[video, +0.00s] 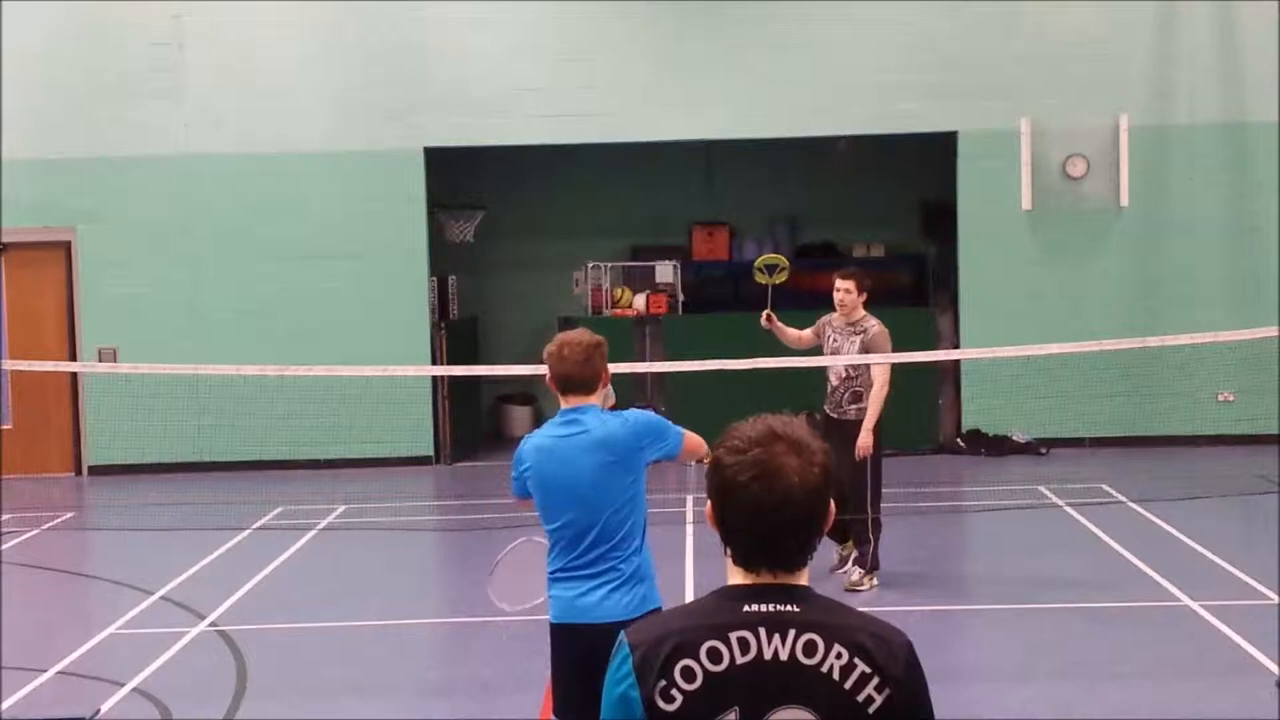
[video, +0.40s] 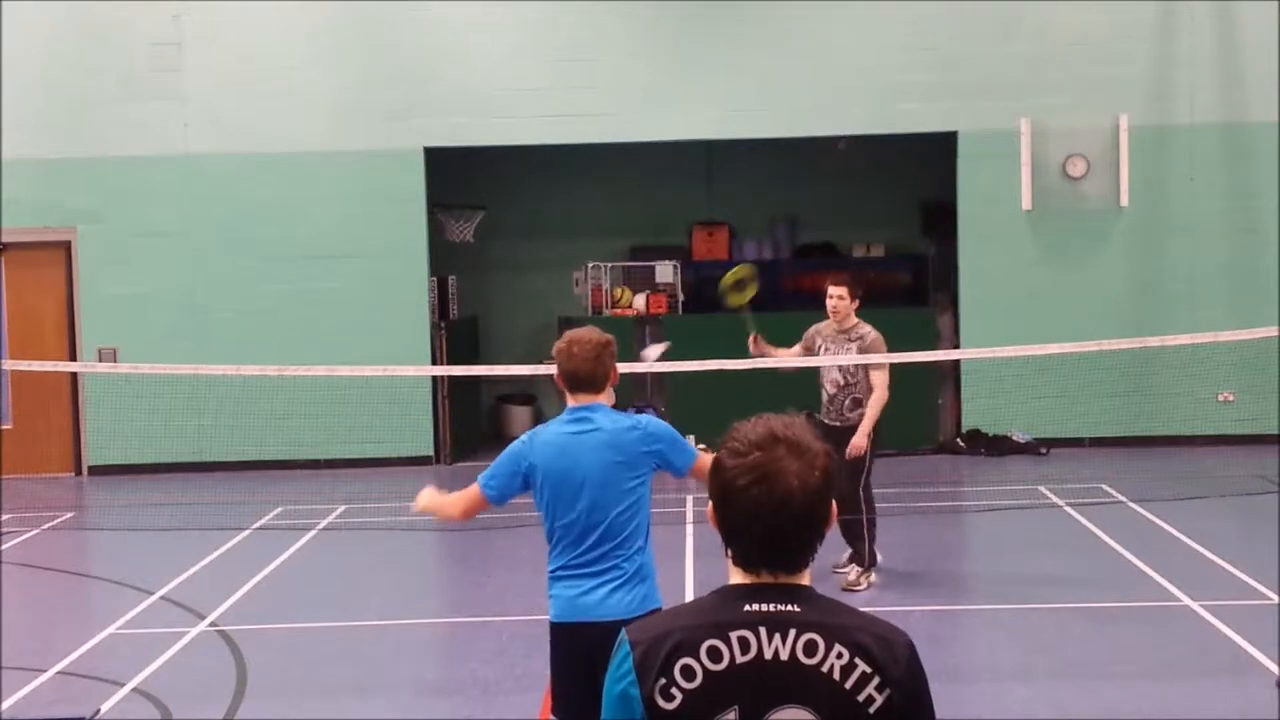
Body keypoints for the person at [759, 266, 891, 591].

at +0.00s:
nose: (839, 297)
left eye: (846, 292)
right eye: (837, 291)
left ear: (862, 296)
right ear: (833, 293)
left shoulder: (875, 332)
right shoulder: (828, 324)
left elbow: (881, 384)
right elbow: (801, 339)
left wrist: (867, 429)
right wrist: (776, 326)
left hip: (861, 423)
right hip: (832, 420)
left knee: (862, 492)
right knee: (832, 486)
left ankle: (866, 566)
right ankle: (846, 541)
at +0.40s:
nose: (832, 304)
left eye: (839, 298)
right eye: (829, 298)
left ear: (854, 303)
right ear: (825, 301)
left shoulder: (870, 338)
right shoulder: (818, 333)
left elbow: (880, 390)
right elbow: (793, 356)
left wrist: (863, 432)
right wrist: (765, 350)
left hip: (857, 428)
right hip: (829, 426)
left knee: (854, 493)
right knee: (839, 493)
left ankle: (866, 563)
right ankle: (858, 550)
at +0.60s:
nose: (832, 315)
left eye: (838, 309)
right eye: (827, 309)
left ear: (852, 313)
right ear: (822, 313)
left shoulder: (871, 348)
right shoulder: (815, 347)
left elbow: (889, 398)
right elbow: (802, 388)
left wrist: (885, 445)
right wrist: (775, 410)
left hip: (863, 435)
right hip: (831, 435)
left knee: (852, 499)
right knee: (841, 497)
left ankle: (857, 569)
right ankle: (864, 550)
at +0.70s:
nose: (832, 321)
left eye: (838, 314)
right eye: (827, 315)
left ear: (853, 317)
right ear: (822, 318)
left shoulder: (875, 351)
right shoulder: (815, 351)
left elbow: (893, 399)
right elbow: (809, 397)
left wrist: (897, 444)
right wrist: (793, 430)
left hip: (867, 434)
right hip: (833, 435)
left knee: (860, 500)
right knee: (837, 496)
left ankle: (860, 571)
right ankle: (856, 551)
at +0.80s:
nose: (830, 327)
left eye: (836, 320)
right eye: (825, 321)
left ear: (851, 318)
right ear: (821, 320)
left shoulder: (877, 345)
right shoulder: (814, 352)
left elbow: (898, 390)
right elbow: (815, 399)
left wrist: (901, 436)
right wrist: (817, 438)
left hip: (870, 432)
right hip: (834, 434)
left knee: (865, 500)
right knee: (841, 498)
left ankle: (862, 571)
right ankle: (859, 560)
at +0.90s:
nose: (828, 327)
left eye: (834, 320)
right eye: (823, 321)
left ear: (850, 315)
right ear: (819, 319)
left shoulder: (878, 338)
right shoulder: (814, 351)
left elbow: (900, 381)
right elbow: (821, 399)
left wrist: (903, 427)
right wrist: (822, 444)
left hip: (874, 432)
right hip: (838, 434)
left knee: (867, 502)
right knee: (843, 500)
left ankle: (864, 573)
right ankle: (849, 566)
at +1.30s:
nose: (822, 294)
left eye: (827, 286)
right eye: (817, 289)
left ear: (843, 287)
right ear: (812, 294)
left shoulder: (869, 326)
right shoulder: (810, 328)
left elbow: (888, 368)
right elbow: (804, 332)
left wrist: (900, 410)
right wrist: (814, 283)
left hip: (861, 424)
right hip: (821, 424)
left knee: (863, 501)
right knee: (822, 497)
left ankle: (860, 573)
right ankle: (809, 551)